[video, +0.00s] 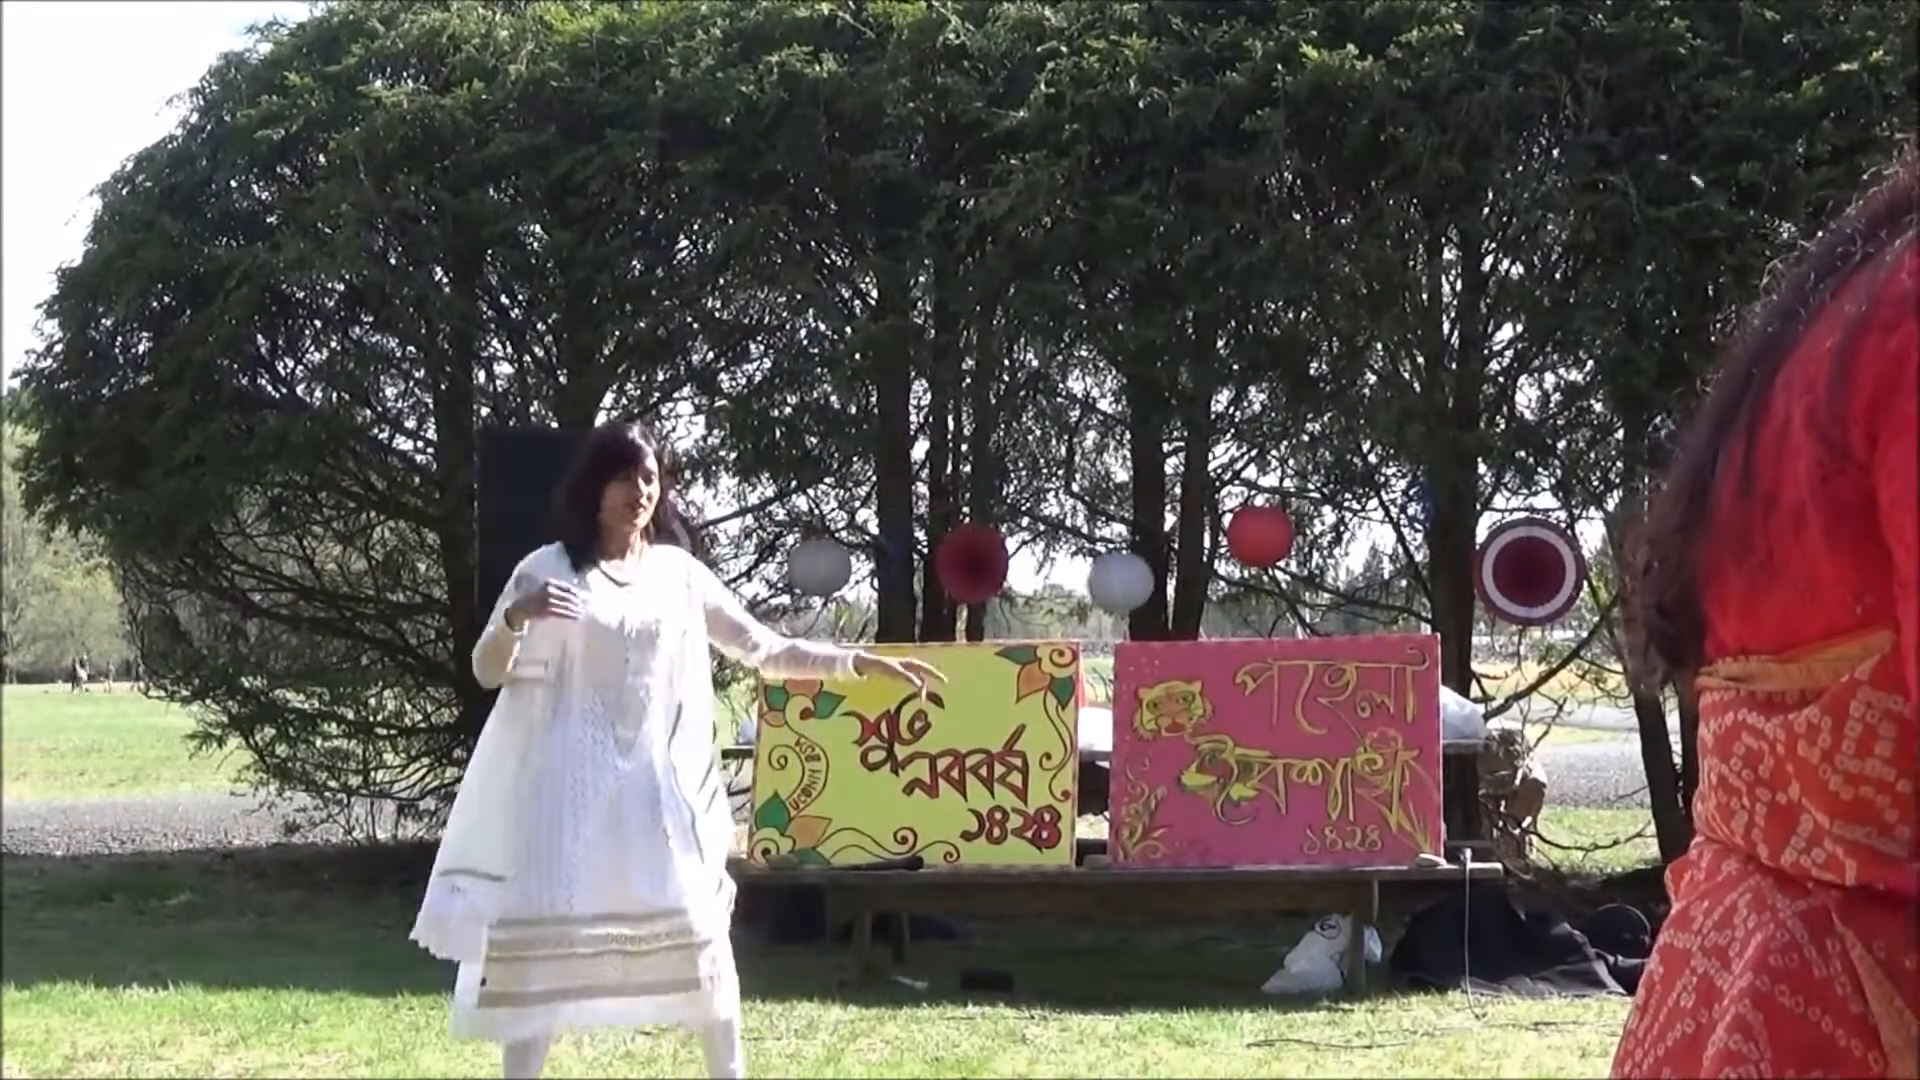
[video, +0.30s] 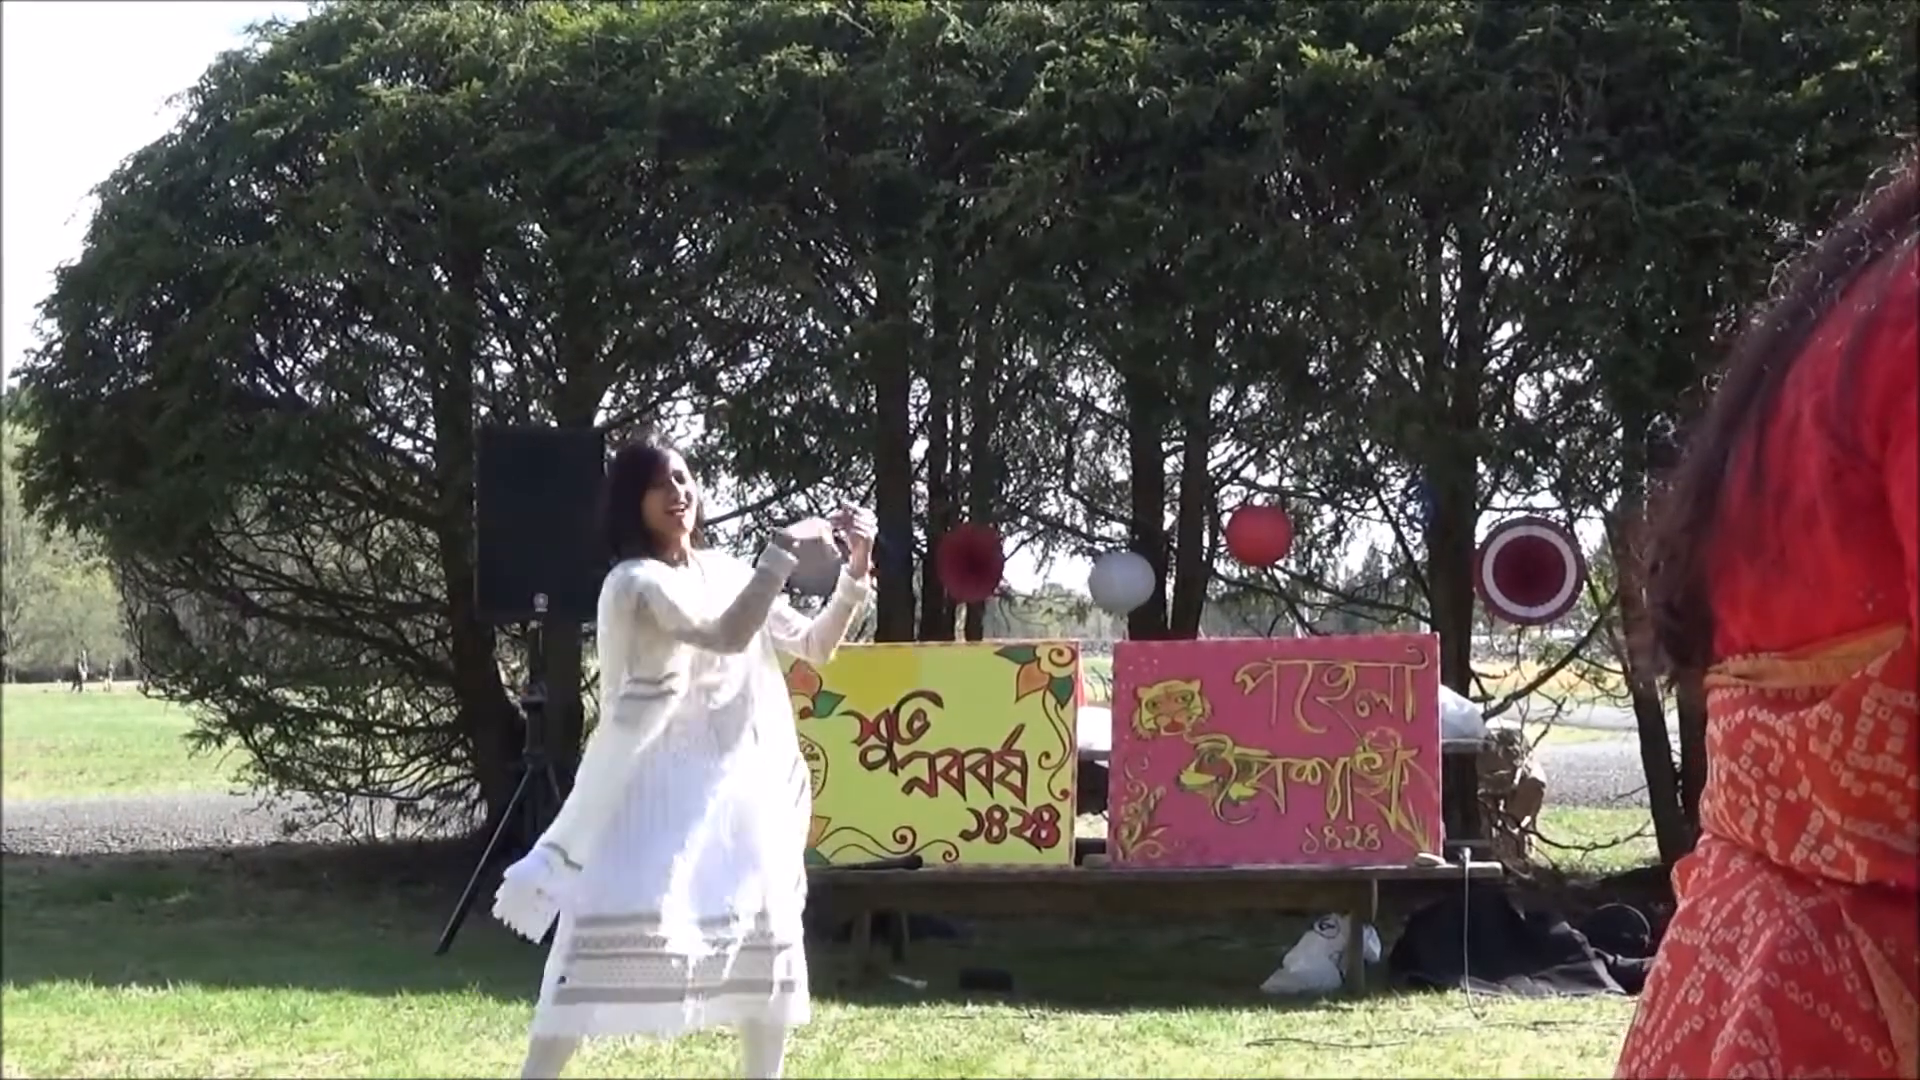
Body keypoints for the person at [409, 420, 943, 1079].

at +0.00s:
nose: (640, 488)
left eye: (650, 477)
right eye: (625, 475)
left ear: (660, 490)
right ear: (593, 486)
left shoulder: (680, 573)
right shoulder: (546, 569)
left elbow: (766, 649)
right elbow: (487, 671)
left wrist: (863, 659)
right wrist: (513, 616)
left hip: (660, 788)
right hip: (558, 789)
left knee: (708, 953)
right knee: (532, 958)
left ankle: (728, 1072)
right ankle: (519, 1075)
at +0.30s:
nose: (680, 493)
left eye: (685, 479)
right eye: (662, 483)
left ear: (698, 491)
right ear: (633, 500)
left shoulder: (725, 572)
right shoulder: (636, 580)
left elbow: (811, 643)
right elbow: (725, 634)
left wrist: (857, 572)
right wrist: (782, 550)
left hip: (743, 792)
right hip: (650, 796)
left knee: (774, 956)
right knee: (590, 952)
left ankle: (763, 1071)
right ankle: (538, 1071)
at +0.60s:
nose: (718, 516)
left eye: (722, 502)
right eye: (699, 509)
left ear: (737, 511)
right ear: (676, 528)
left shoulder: (771, 586)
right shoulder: (694, 603)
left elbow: (861, 626)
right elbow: (822, 630)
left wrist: (881, 536)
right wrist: (866, 532)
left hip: (792, 814)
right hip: (714, 820)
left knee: (807, 981)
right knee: (658, 974)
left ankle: (782, 1072)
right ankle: (584, 1074)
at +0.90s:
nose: (721, 527)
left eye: (730, 510)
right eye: (704, 519)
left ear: (754, 512)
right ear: (688, 534)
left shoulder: (796, 584)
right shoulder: (694, 611)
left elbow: (831, 703)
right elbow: (731, 715)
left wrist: (863, 670)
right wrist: (822, 657)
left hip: (803, 817)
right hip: (719, 822)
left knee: (818, 982)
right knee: (650, 969)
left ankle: (777, 1073)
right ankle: (584, 1074)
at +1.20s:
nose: (710, 515)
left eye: (722, 499)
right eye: (695, 505)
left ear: (751, 498)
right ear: (681, 515)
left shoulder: (806, 576)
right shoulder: (673, 594)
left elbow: (842, 660)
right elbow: (632, 702)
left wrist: (838, 695)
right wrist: (684, 712)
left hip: (791, 806)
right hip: (698, 809)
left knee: (794, 974)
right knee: (643, 962)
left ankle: (769, 1075)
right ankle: (579, 1073)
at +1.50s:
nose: (687, 497)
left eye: (699, 481)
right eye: (672, 485)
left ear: (723, 486)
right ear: (653, 495)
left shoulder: (771, 565)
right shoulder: (626, 576)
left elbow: (852, 636)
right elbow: (552, 661)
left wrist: (840, 689)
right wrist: (614, 690)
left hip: (750, 796)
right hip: (648, 799)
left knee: (758, 966)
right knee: (603, 966)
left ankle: (755, 1076)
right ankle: (563, 1075)